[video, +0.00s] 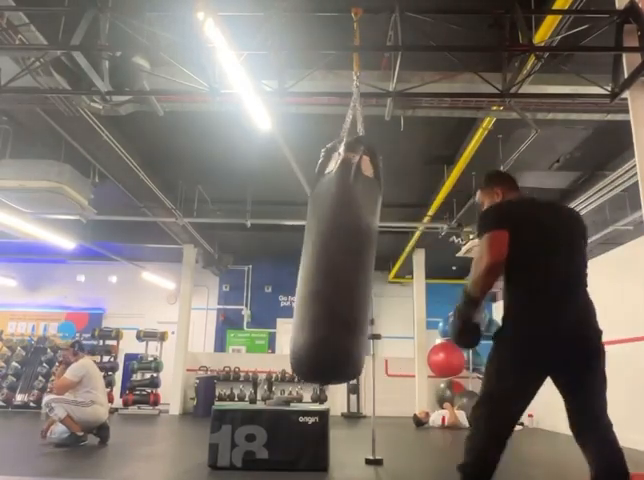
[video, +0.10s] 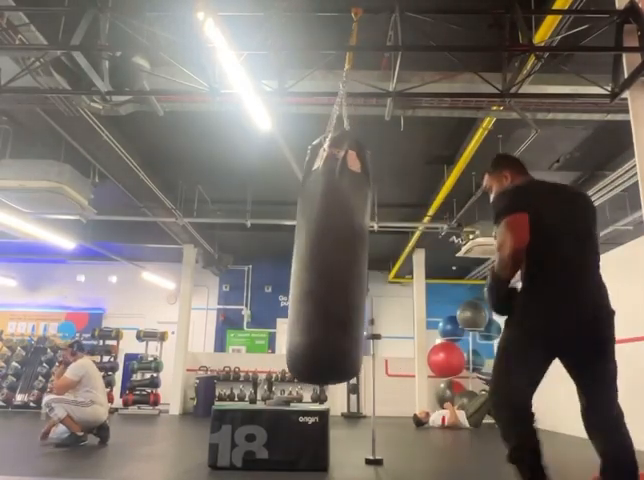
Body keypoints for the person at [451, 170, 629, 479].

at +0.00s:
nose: (484, 209)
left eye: (484, 203)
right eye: (482, 205)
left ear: (497, 192)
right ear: (516, 189)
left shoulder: (498, 212)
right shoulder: (570, 215)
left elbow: (493, 260)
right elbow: (573, 275)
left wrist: (468, 308)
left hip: (527, 334)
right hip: (579, 334)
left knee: (491, 422)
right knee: (594, 427)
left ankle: (475, 472)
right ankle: (616, 476)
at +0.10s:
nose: (492, 198)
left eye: (491, 190)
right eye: (489, 193)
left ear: (506, 175)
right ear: (525, 174)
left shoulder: (512, 195)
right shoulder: (579, 198)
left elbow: (514, 245)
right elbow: (582, 259)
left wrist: (498, 285)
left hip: (540, 311)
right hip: (591, 311)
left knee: (508, 399)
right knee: (602, 408)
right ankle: (624, 473)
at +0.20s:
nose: (503, 192)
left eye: (503, 183)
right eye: (500, 185)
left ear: (520, 170)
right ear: (534, 167)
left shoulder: (528, 191)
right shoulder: (592, 194)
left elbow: (523, 240)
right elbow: (609, 252)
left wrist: (505, 264)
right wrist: (579, 271)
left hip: (555, 312)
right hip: (603, 310)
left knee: (535, 405)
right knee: (612, 406)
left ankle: (581, 475)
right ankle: (638, 470)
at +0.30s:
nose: (515, 200)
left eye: (516, 189)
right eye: (513, 192)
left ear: (536, 177)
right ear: (547, 178)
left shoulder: (543, 206)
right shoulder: (605, 210)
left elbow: (522, 258)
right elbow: (609, 275)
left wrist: (496, 261)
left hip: (570, 334)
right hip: (614, 327)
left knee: (581, 429)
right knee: (631, 420)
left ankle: (622, 477)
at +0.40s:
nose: (516, 196)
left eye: (516, 185)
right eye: (513, 188)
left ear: (538, 172)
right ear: (548, 173)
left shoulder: (546, 201)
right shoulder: (604, 204)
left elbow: (543, 254)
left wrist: (507, 271)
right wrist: (525, 243)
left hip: (577, 329)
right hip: (624, 323)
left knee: (565, 425)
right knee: (638, 422)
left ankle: (606, 475)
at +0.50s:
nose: (509, 189)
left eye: (509, 179)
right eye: (506, 183)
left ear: (530, 167)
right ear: (538, 167)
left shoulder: (547, 191)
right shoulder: (590, 193)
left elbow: (562, 243)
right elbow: (589, 256)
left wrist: (520, 276)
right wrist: (527, 240)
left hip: (575, 311)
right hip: (620, 305)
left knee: (544, 401)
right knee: (636, 405)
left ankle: (562, 474)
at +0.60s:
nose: (507, 201)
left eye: (507, 190)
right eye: (504, 194)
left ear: (529, 179)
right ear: (534, 180)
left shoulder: (551, 200)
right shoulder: (583, 206)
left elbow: (568, 250)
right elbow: (581, 267)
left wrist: (518, 284)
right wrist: (526, 246)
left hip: (575, 321)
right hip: (614, 317)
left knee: (535, 417)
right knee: (636, 418)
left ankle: (522, 474)